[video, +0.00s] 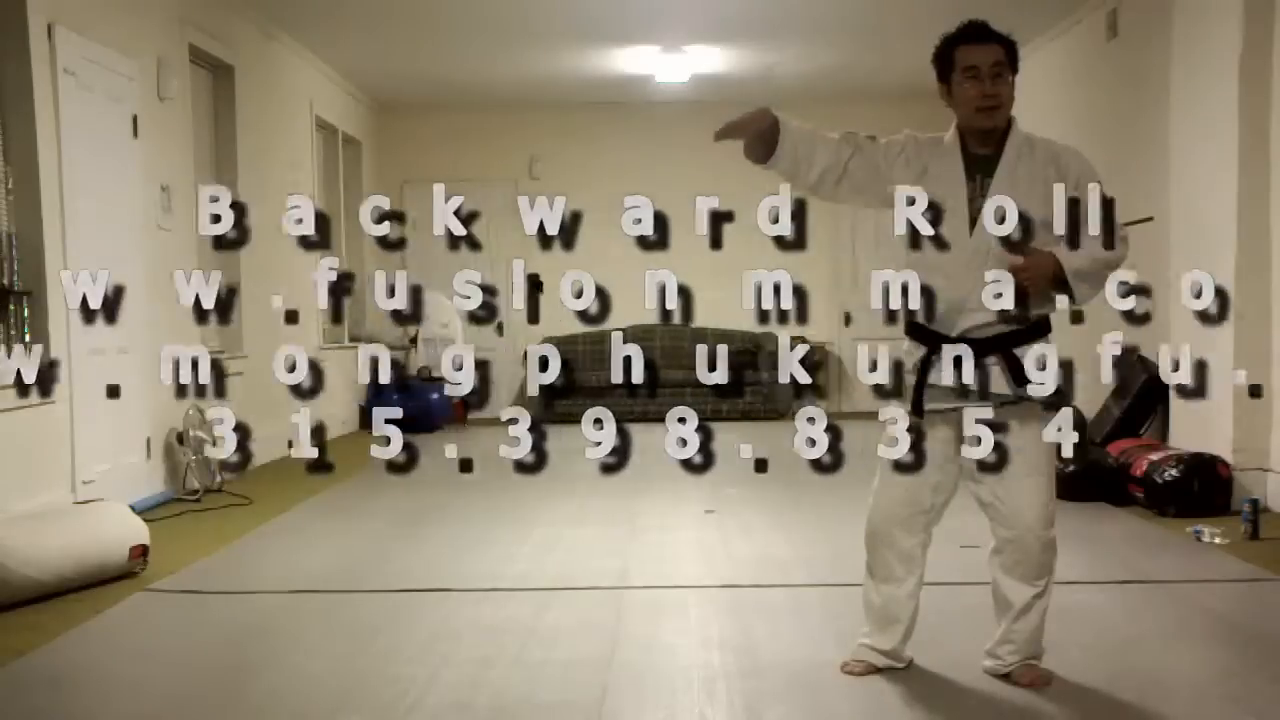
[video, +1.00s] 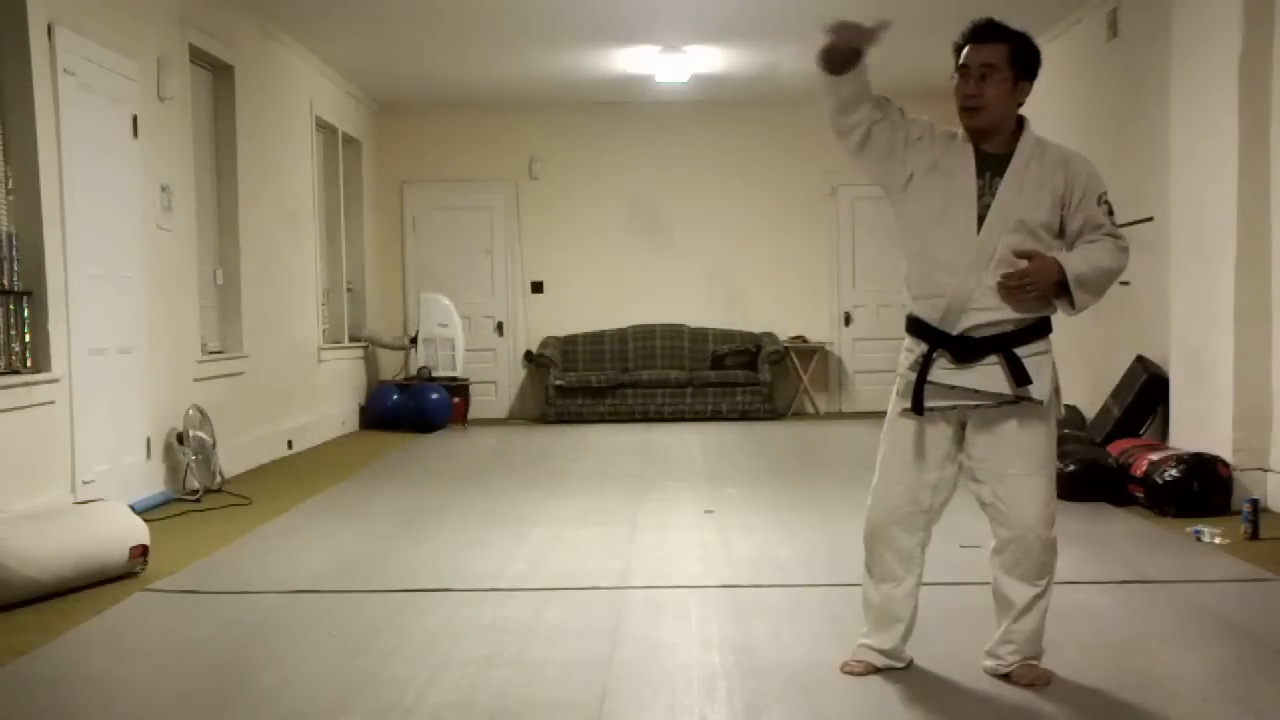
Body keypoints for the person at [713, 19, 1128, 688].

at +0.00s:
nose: (989, 86)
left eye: (1000, 72)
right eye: (972, 74)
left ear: (1015, 83)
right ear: (946, 88)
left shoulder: (1060, 165)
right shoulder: (911, 158)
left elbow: (1110, 250)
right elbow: (840, 161)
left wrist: (1059, 265)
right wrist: (774, 133)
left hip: (1018, 368)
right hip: (929, 367)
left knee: (1029, 524)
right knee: (895, 514)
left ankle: (1016, 653)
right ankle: (882, 641)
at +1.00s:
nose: (968, 87)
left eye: (987, 74)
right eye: (962, 74)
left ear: (1021, 88)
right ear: (953, 83)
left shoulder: (1064, 171)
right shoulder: (918, 154)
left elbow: (1110, 251)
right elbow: (861, 120)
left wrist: (1063, 271)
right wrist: (841, 66)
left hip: (1018, 365)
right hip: (927, 362)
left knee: (1029, 526)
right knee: (893, 515)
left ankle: (1015, 654)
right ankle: (882, 641)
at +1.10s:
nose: (970, 87)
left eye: (989, 75)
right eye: (964, 74)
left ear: (1023, 89)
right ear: (955, 84)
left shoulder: (1066, 171)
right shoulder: (922, 154)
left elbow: (1111, 249)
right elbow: (871, 116)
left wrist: (1063, 270)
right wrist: (875, 57)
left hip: (1019, 368)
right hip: (929, 365)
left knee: (1030, 525)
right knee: (894, 515)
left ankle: (1015, 653)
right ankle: (881, 641)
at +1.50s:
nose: (991, 83)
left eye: (1007, 70)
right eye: (978, 71)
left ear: (1029, 84)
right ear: (960, 85)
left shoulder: (1070, 171)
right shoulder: (935, 158)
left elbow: (1113, 249)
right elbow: (900, 98)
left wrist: (1074, 270)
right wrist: (951, 38)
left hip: (1026, 369)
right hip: (936, 366)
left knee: (1036, 526)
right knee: (899, 514)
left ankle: (1016, 653)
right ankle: (882, 641)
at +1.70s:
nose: (990, 84)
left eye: (1004, 71)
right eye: (975, 72)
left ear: (1025, 84)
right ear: (955, 87)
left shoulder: (1067, 169)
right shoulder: (931, 159)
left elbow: (1112, 246)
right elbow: (895, 101)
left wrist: (1075, 267)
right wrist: (942, 43)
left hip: (1027, 369)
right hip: (937, 367)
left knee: (1037, 527)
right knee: (901, 516)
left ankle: (1016, 653)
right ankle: (884, 641)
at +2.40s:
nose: (974, 82)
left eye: (983, 68)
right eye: (956, 74)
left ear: (998, 80)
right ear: (930, 95)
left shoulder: (1049, 163)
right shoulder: (907, 164)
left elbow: (1100, 235)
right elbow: (841, 165)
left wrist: (1057, 262)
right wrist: (812, 124)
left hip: (1020, 369)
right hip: (931, 369)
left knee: (1033, 526)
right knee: (897, 518)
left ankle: (1016, 653)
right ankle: (884, 643)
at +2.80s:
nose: (974, 82)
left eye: (982, 69)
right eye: (955, 73)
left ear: (998, 81)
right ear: (930, 95)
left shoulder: (1048, 161)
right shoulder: (907, 162)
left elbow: (1099, 235)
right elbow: (840, 172)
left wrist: (1058, 262)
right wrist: (802, 141)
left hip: (1021, 369)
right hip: (933, 370)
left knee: (1034, 527)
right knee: (898, 519)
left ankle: (1017, 653)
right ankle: (884, 643)